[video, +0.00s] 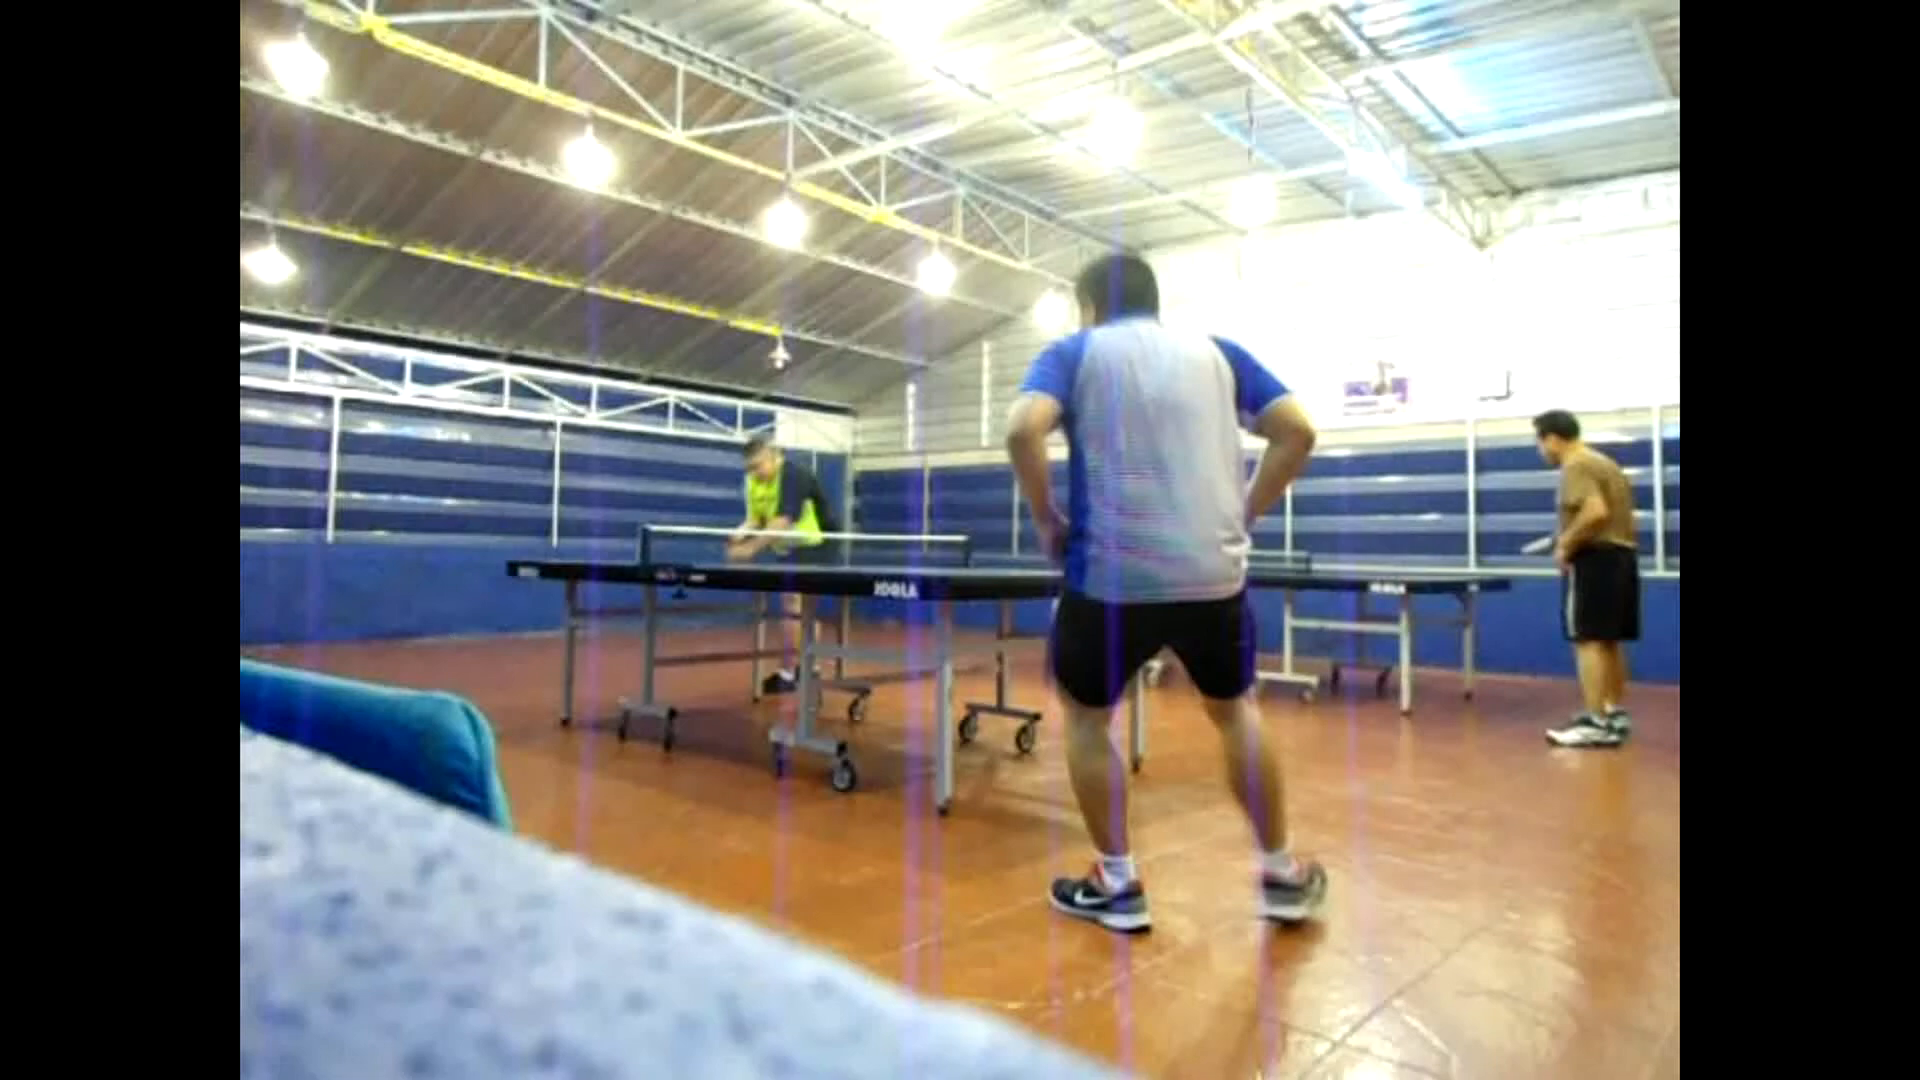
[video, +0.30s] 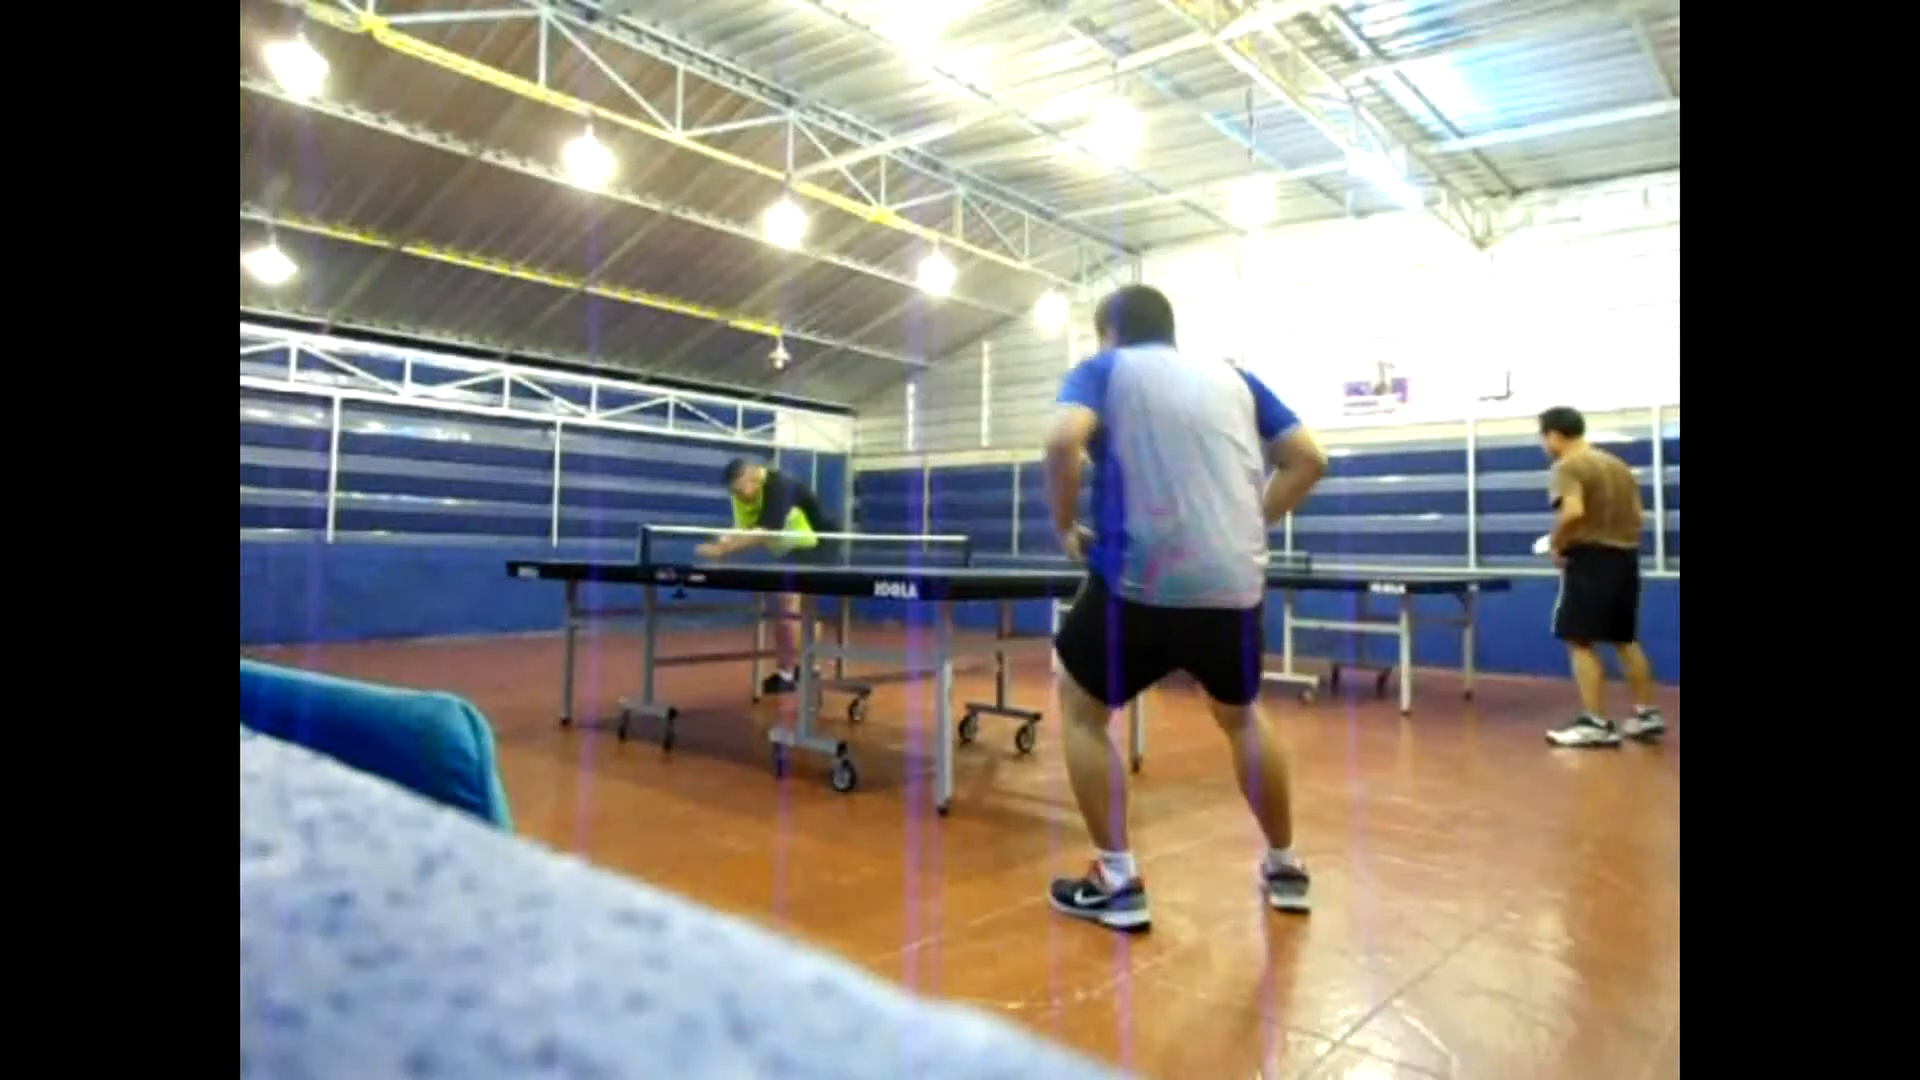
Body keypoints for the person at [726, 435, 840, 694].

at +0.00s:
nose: (756, 472)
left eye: (759, 465)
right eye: (751, 467)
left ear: (774, 457)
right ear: (748, 466)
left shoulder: (792, 475)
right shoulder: (754, 482)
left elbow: (785, 521)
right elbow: (755, 517)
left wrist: (751, 547)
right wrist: (739, 535)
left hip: (814, 545)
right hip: (786, 546)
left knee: (792, 603)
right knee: (804, 608)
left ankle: (790, 668)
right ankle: (810, 663)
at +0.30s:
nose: (742, 496)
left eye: (743, 489)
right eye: (737, 492)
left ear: (755, 475)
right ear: (732, 489)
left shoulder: (779, 485)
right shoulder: (740, 497)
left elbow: (767, 532)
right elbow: (743, 529)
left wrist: (723, 547)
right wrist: (721, 547)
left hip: (813, 546)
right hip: (785, 549)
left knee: (789, 603)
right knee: (788, 606)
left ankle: (787, 670)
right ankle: (795, 667)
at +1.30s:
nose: (722, 479)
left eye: (724, 472)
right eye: (719, 473)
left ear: (736, 461)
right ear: (733, 464)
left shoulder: (759, 473)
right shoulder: (747, 482)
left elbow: (726, 477)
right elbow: (715, 472)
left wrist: (685, 458)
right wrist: (683, 456)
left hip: (806, 545)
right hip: (788, 548)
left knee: (784, 603)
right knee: (778, 604)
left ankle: (787, 671)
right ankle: (784, 668)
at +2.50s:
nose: (767, 440)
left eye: (770, 435)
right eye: (761, 433)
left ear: (773, 440)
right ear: (743, 434)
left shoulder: (772, 467)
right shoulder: (718, 458)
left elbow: (767, 499)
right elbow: (701, 494)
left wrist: (777, 510)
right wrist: (751, 503)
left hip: (754, 543)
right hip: (714, 544)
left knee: (755, 604)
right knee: (700, 599)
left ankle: (760, 668)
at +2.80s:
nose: (719, 446)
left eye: (722, 441)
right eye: (713, 439)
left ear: (723, 446)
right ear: (695, 439)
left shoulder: (719, 472)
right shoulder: (667, 463)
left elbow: (716, 513)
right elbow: (648, 504)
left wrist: (730, 539)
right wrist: (691, 500)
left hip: (708, 552)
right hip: (667, 553)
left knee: (726, 606)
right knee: (647, 613)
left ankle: (754, 668)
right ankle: (623, 673)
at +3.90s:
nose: (664, 442)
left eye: (669, 436)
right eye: (658, 434)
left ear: (674, 440)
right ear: (645, 435)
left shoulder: (681, 471)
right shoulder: (621, 459)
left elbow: (685, 499)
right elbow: (587, 485)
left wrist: (691, 508)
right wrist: (611, 501)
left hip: (661, 544)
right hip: (620, 542)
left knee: (670, 602)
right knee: (607, 598)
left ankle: (664, 662)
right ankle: (582, 666)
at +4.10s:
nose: (648, 445)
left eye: (654, 439)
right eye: (642, 438)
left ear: (659, 443)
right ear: (629, 439)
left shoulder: (666, 472)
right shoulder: (607, 463)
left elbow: (685, 502)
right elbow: (574, 487)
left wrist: (673, 499)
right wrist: (598, 504)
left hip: (650, 552)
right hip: (604, 551)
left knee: (670, 599)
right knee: (580, 600)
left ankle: (664, 662)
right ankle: (538, 667)